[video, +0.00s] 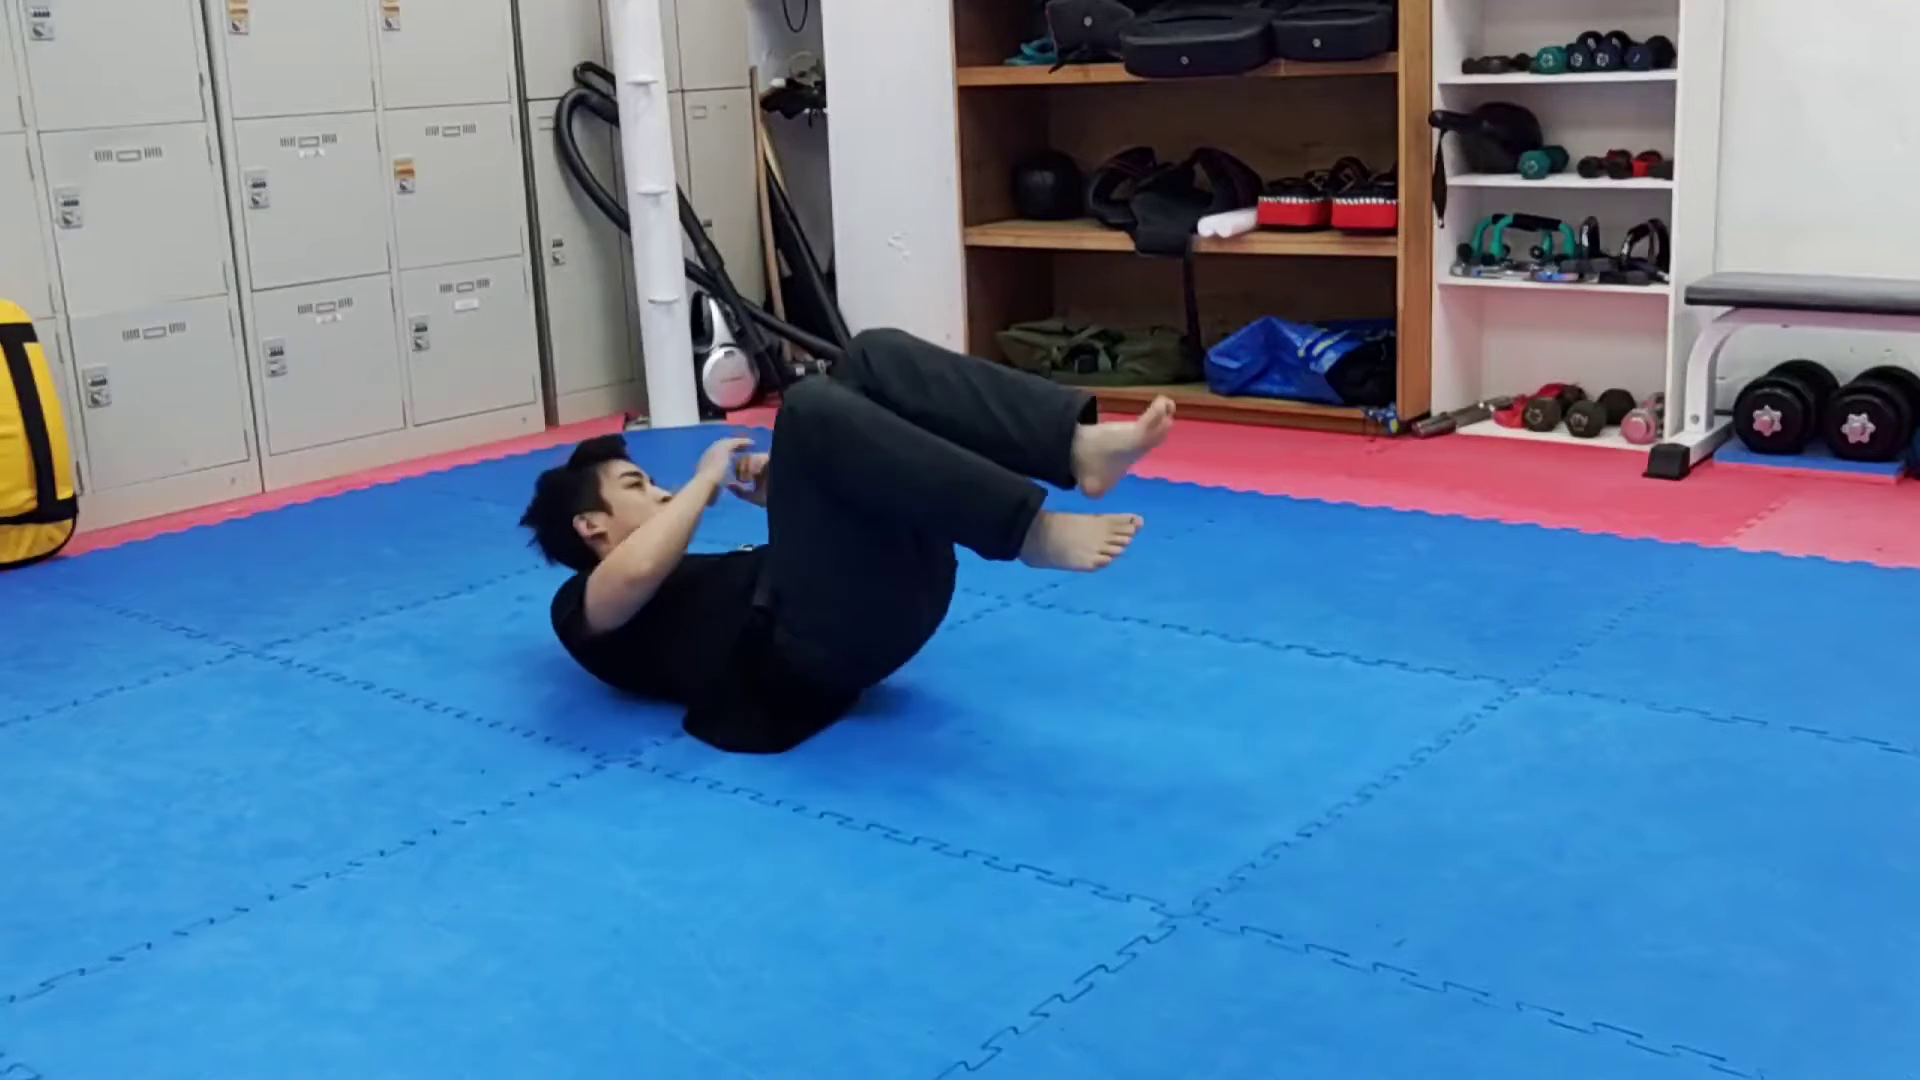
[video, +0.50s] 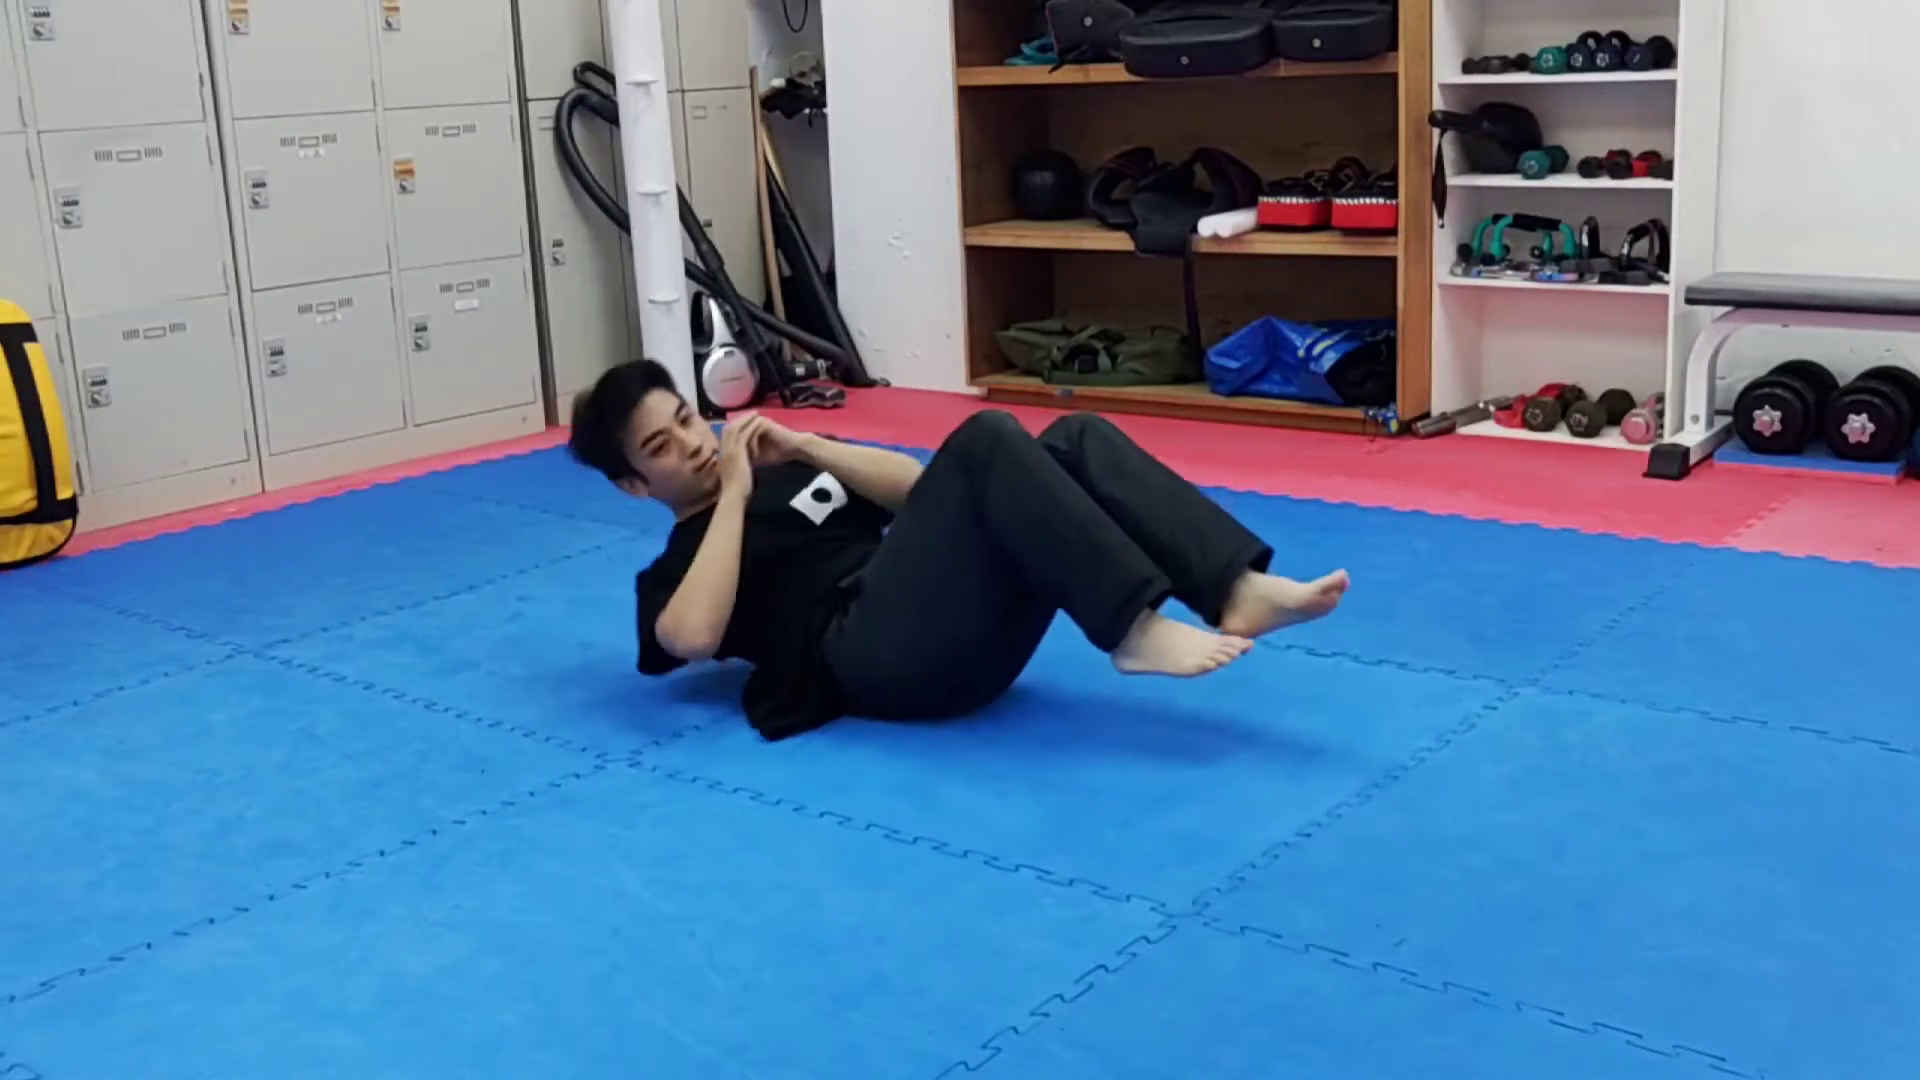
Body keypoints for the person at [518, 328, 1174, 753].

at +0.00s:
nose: (659, 492)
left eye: (652, 484)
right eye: (635, 487)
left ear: (651, 503)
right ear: (587, 527)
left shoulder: (693, 573)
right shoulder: (576, 611)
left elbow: (816, 537)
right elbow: (634, 574)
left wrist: (776, 494)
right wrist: (704, 482)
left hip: (878, 601)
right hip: (818, 642)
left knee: (870, 358)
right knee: (811, 411)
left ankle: (1076, 449)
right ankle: (1027, 529)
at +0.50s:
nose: (690, 442)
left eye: (684, 421)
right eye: (661, 448)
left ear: (702, 413)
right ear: (636, 484)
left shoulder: (797, 470)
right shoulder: (674, 565)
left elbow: (932, 496)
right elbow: (690, 639)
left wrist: (814, 450)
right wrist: (735, 496)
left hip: (971, 625)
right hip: (884, 665)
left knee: (1075, 436)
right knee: (983, 439)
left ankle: (1235, 585)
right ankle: (1134, 629)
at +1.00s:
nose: (687, 482)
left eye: (684, 469)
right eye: (660, 480)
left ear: (696, 474)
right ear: (626, 529)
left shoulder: (776, 531)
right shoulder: (650, 601)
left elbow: (891, 515)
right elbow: (694, 560)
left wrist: (811, 459)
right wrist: (732, 457)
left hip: (943, 584)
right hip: (877, 626)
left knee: (974, 350)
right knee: (906, 386)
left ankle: (1145, 476)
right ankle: (1092, 528)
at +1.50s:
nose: (806, 392)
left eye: (806, 372)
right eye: (778, 389)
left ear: (822, 371)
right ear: (738, 422)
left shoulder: (877, 443)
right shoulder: (748, 507)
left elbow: (1000, 485)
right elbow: (779, 575)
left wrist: (909, 431)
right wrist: (840, 453)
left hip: (1028, 610)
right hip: (947, 631)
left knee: (1160, 444)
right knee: (1075, 427)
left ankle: (1293, 599)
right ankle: (1204, 624)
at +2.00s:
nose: (785, 456)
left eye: (788, 440)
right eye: (758, 448)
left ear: (800, 451)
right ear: (717, 485)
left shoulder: (836, 525)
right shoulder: (727, 557)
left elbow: (940, 486)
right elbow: (734, 523)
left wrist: (876, 436)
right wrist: (791, 438)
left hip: (1006, 572)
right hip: (930, 583)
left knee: (1033, 362)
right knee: (956, 336)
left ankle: (1194, 372)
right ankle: (1127, 441)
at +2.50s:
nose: (838, 403)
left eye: (836, 389)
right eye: (814, 392)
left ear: (836, 401)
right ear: (760, 419)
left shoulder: (868, 478)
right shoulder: (755, 498)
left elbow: (993, 505)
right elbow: (836, 523)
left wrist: (949, 429)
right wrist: (887, 426)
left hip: (1039, 593)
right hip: (973, 619)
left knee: (1147, 424)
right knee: (1064, 423)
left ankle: (1295, 574)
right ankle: (1212, 598)